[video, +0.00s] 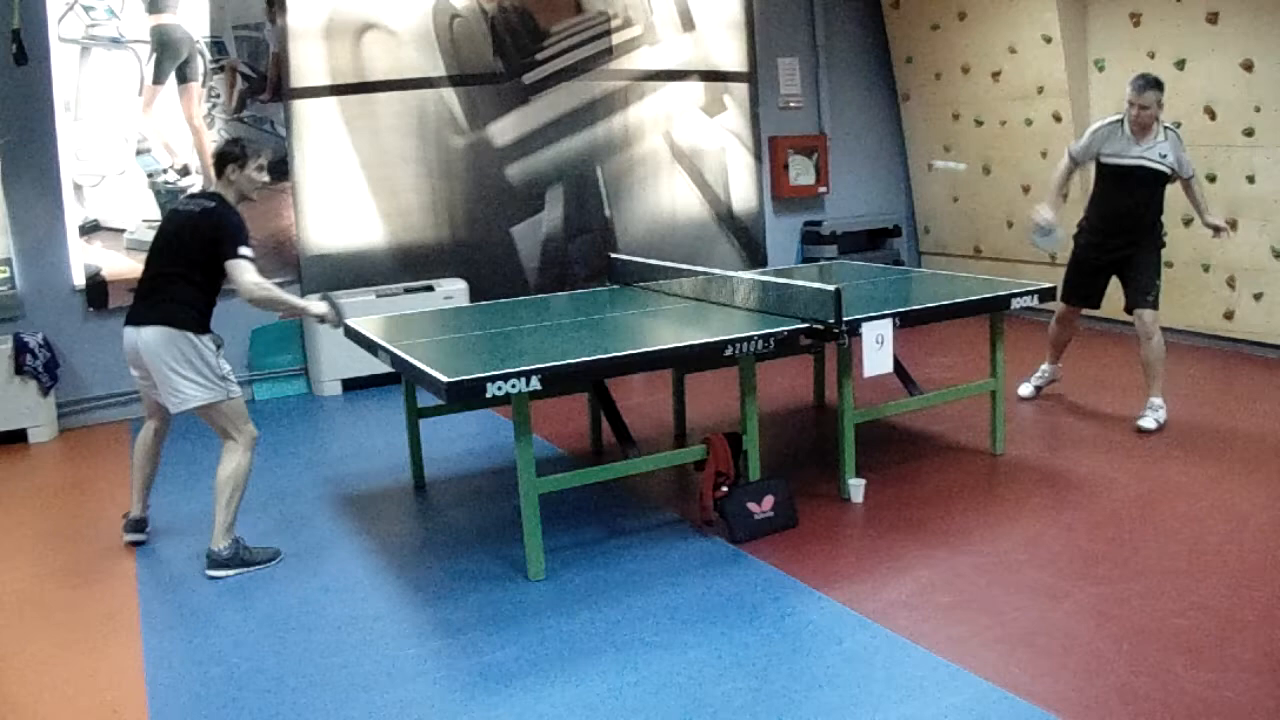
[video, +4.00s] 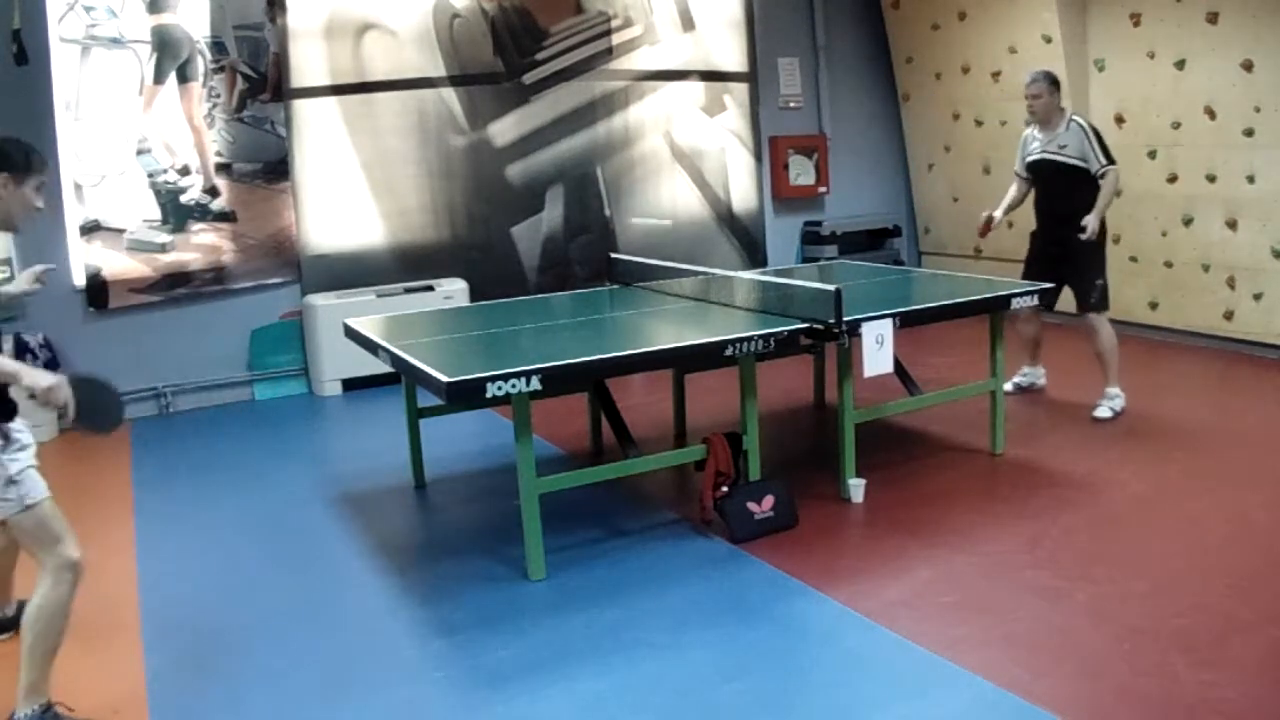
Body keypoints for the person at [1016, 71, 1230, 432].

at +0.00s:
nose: (1138, 114)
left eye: (1147, 108)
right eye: (1133, 106)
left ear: (1160, 107)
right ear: (1125, 102)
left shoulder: (1171, 140)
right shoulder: (1103, 132)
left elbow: (1187, 178)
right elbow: (1070, 163)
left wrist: (1205, 217)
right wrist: (1051, 207)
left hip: (1141, 244)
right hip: (1095, 239)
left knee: (1146, 322)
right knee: (1065, 313)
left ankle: (1155, 402)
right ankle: (1049, 368)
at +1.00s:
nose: (1024, 117)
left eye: (1029, 110)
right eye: (1023, 110)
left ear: (1051, 110)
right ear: (1034, 113)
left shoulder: (1074, 136)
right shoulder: (1040, 149)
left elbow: (1100, 173)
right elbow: (1029, 195)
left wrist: (1065, 205)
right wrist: (983, 213)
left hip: (1095, 245)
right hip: (1060, 244)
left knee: (1107, 323)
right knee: (1016, 305)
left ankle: (1140, 393)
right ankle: (1012, 374)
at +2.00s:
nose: (984, 111)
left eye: (990, 104)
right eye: (981, 105)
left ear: (1011, 104)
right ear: (981, 109)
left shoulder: (1033, 134)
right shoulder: (988, 143)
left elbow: (1067, 172)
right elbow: (986, 189)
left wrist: (1062, 213)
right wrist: (950, 206)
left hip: (1047, 239)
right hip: (1009, 240)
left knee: (1068, 313)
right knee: (977, 304)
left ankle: (1094, 384)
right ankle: (977, 372)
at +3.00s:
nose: (998, 126)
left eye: (1002, 119)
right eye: (996, 121)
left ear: (1021, 116)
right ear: (1011, 120)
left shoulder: (1051, 139)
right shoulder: (1012, 151)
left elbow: (1081, 179)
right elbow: (976, 180)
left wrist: (1062, 220)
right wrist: (929, 183)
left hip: (1069, 242)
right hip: (1035, 241)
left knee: (1070, 320)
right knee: (1007, 306)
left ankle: (1105, 387)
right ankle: (992, 371)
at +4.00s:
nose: (1030, 105)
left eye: (1036, 98)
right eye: (1027, 99)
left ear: (1056, 97)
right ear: (1026, 101)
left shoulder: (1081, 130)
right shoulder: (1030, 137)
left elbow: (1110, 176)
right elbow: (1021, 183)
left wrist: (1096, 214)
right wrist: (999, 212)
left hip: (1084, 238)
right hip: (1046, 237)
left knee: (1093, 315)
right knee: (1025, 308)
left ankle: (1113, 391)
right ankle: (1033, 370)